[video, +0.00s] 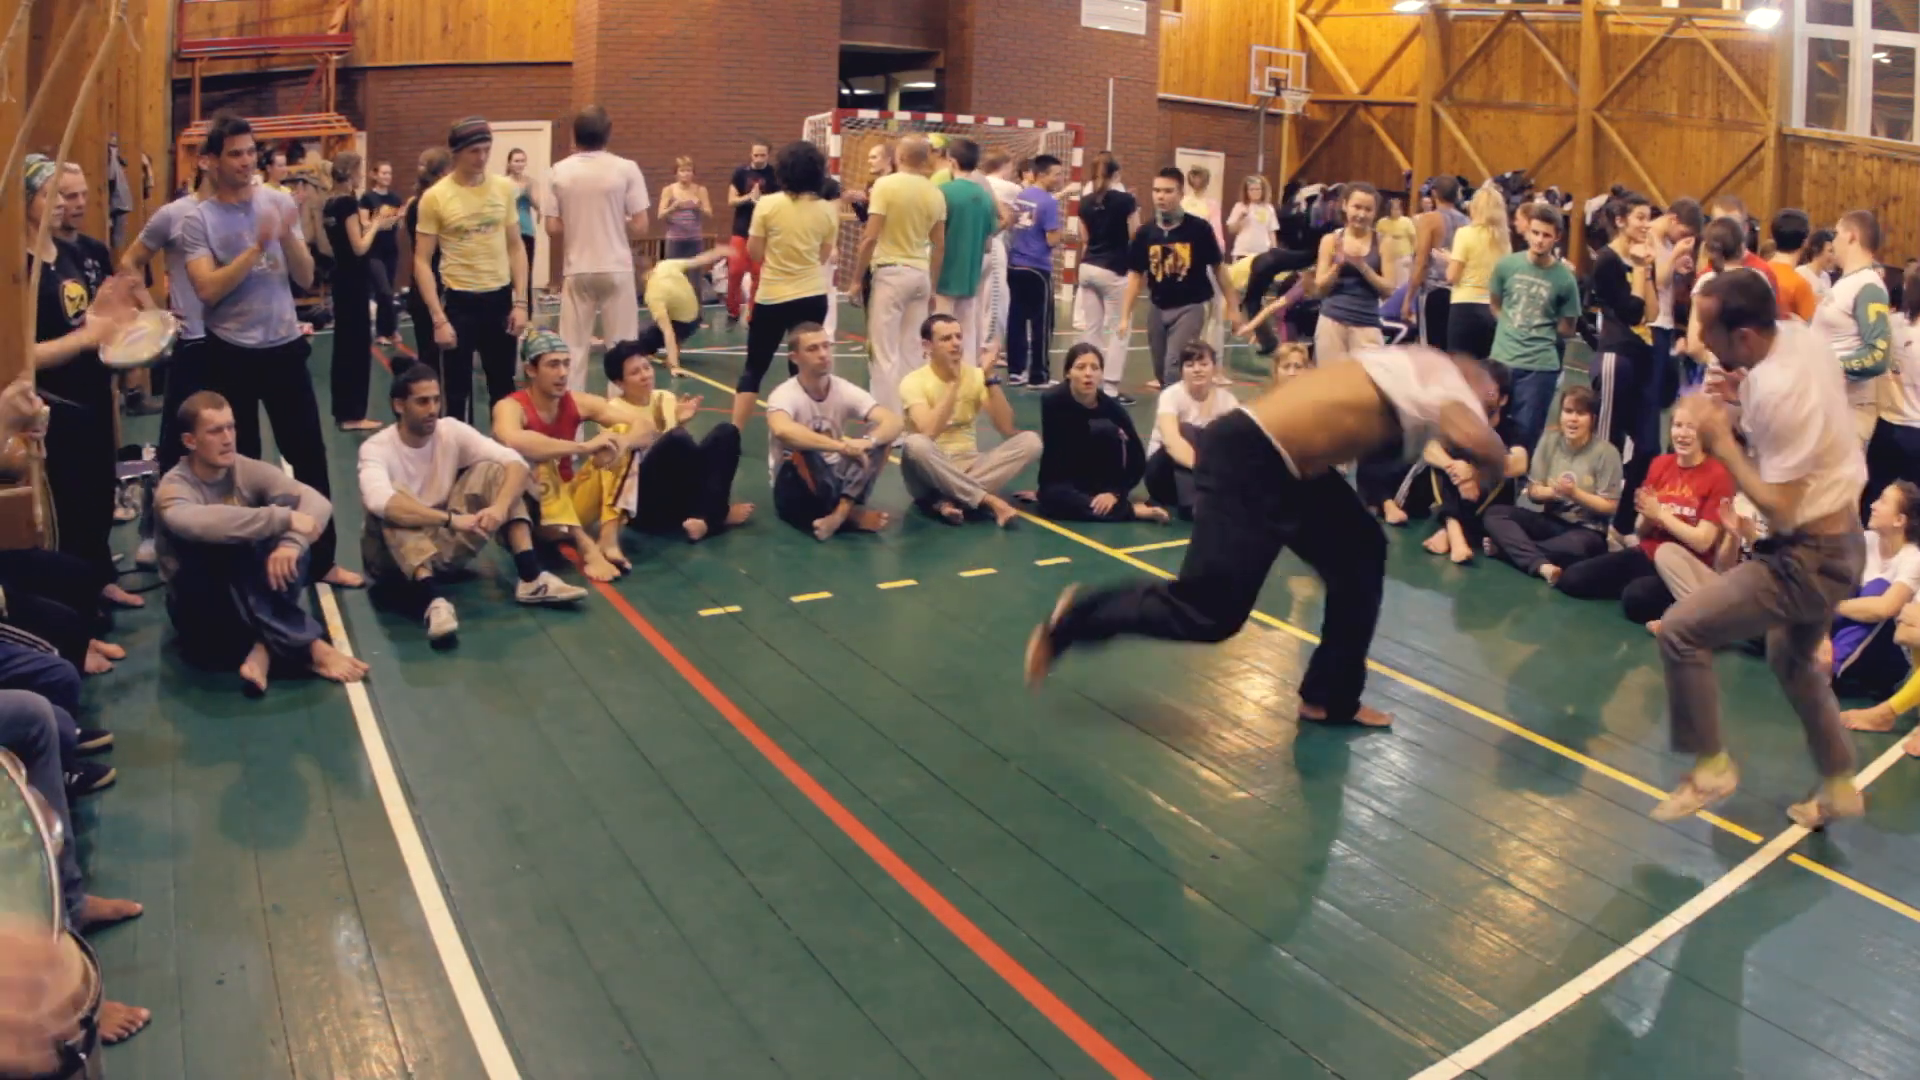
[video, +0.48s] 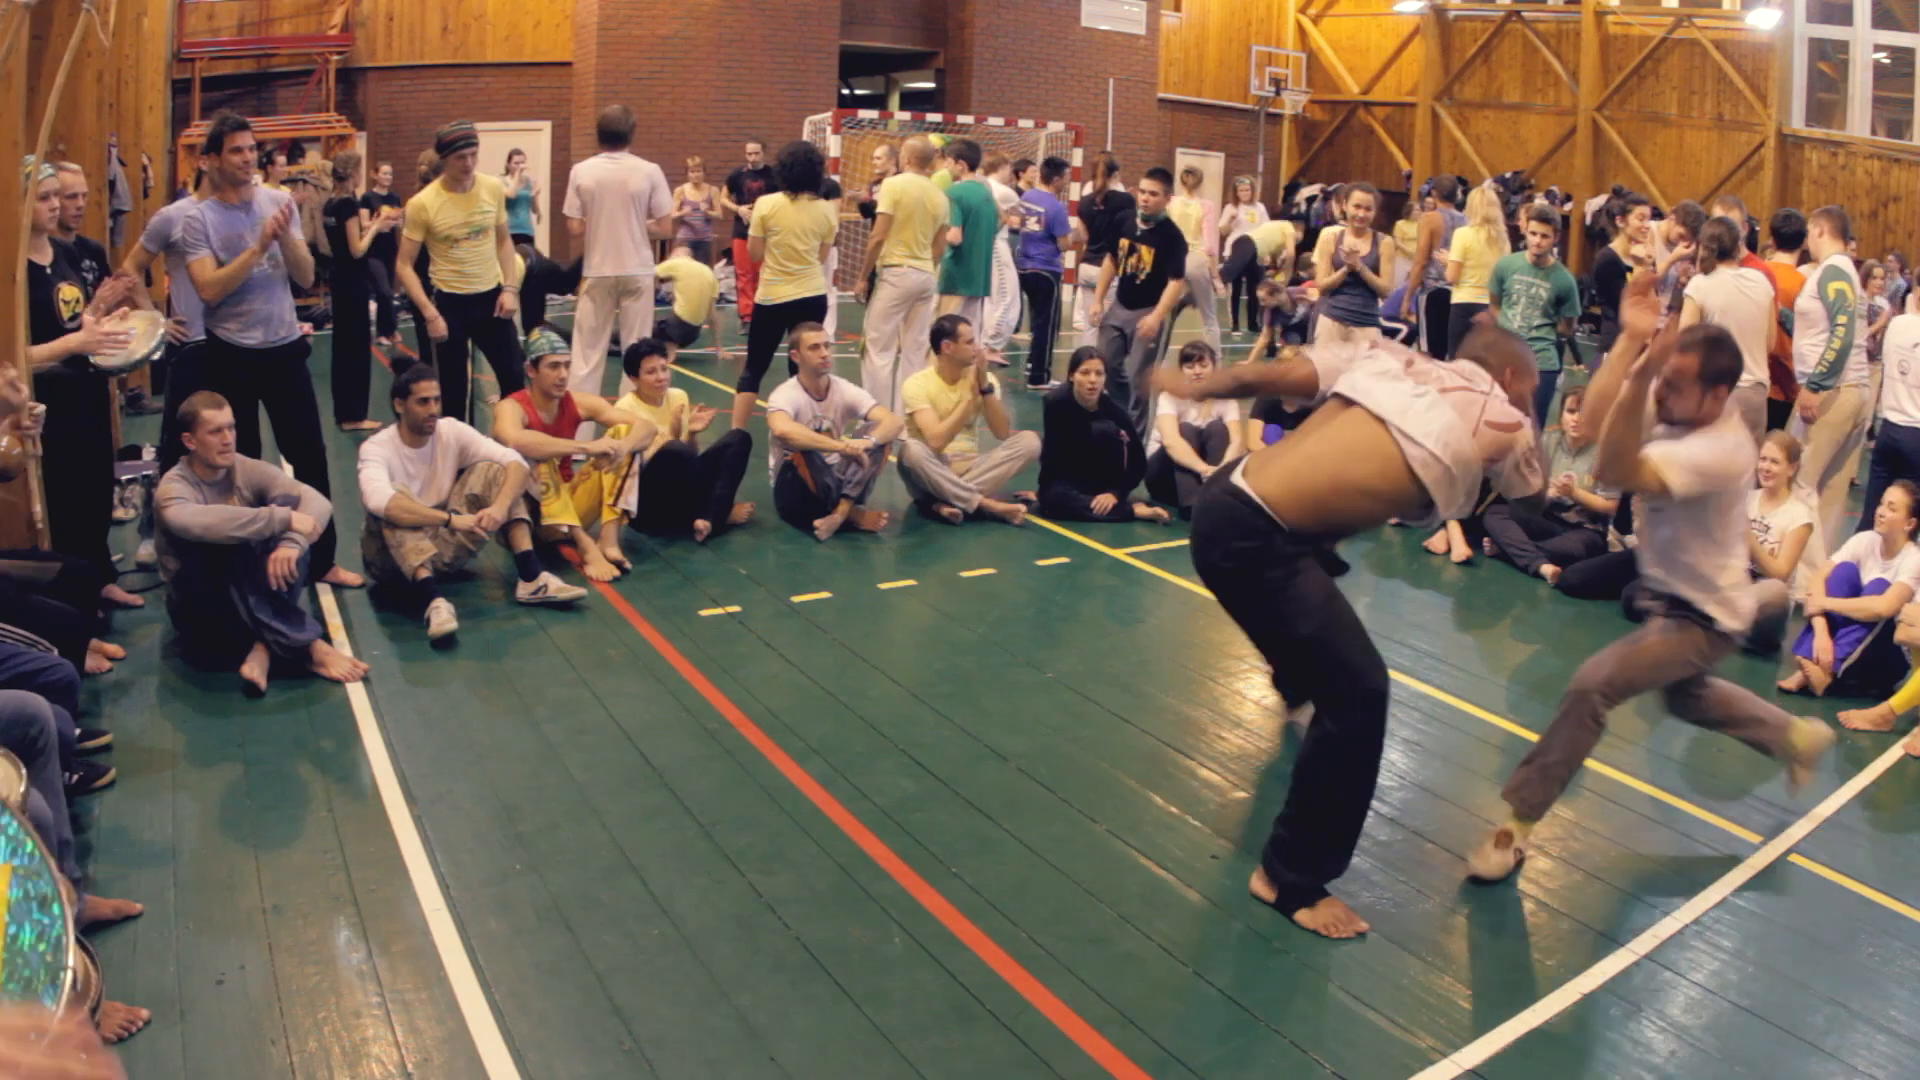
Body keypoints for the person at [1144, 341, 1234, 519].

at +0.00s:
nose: (1197, 370)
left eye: (1203, 364)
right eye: (1190, 365)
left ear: (1214, 368)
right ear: (1182, 370)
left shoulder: (1225, 399)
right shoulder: (1170, 396)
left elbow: (1239, 437)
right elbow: (1171, 441)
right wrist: (1207, 467)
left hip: (1211, 483)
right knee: (1186, 431)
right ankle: (1194, 505)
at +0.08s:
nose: (1197, 371)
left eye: (1203, 365)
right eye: (1189, 365)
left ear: (1214, 369)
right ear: (1182, 370)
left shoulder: (1227, 400)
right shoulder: (1169, 396)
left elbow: (1232, 443)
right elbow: (1171, 442)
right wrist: (1208, 471)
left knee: (1218, 427)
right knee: (1186, 430)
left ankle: (1220, 502)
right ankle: (1197, 504)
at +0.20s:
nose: (1197, 371)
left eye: (1203, 365)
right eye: (1190, 366)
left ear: (1214, 369)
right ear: (1181, 370)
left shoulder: (1227, 399)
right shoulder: (1169, 396)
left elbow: (1234, 444)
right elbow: (1170, 441)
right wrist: (1206, 471)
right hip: (1167, 480)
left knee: (1218, 427)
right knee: (1186, 430)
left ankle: (1220, 503)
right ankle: (1196, 504)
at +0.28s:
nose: (1197, 372)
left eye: (1203, 365)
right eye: (1190, 366)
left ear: (1213, 368)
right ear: (1181, 371)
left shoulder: (1227, 400)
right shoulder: (1169, 396)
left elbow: (1236, 444)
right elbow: (1171, 441)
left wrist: (1221, 475)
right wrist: (1205, 470)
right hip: (1167, 480)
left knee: (1217, 427)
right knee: (1186, 430)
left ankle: (1217, 501)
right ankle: (1194, 504)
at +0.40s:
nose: (1197, 372)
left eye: (1203, 365)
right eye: (1190, 366)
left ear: (1214, 369)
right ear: (1181, 371)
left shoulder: (1227, 399)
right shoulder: (1170, 396)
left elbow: (1232, 442)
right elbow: (1172, 445)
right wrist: (1206, 471)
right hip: (1168, 478)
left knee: (1217, 427)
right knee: (1186, 430)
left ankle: (1222, 497)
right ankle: (1192, 504)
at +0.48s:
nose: (1197, 372)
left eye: (1203, 366)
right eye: (1190, 367)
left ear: (1214, 368)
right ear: (1181, 370)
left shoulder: (1227, 400)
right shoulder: (1169, 396)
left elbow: (1237, 443)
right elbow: (1171, 442)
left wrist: (1220, 473)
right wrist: (1204, 469)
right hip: (1167, 480)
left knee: (1217, 427)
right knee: (1187, 430)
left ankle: (1217, 502)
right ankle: (1191, 503)